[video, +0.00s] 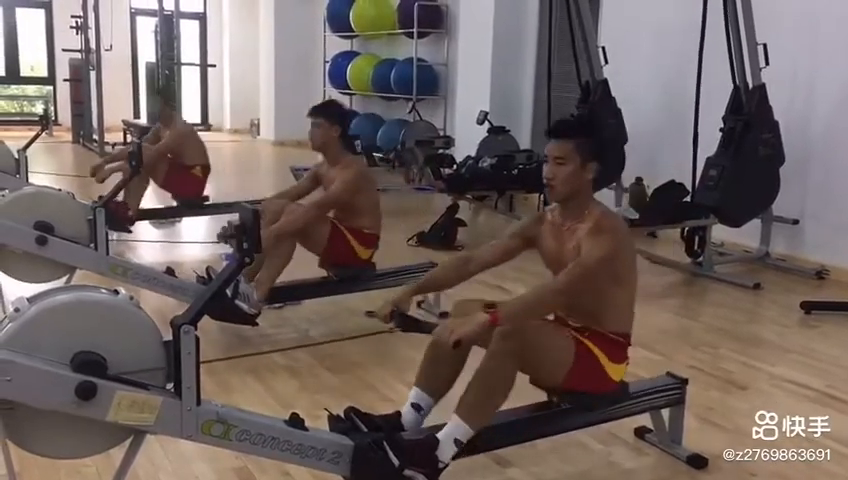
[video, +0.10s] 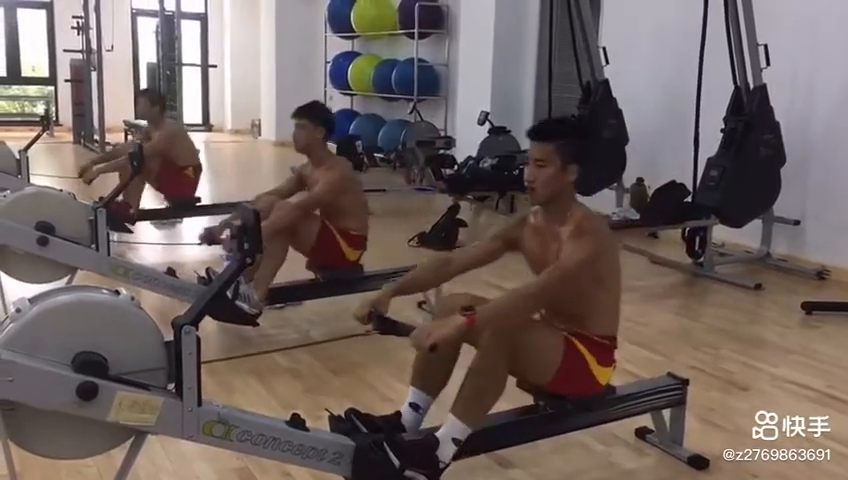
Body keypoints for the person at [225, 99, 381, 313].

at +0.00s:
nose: (310, 132)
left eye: (316, 126)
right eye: (311, 126)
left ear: (336, 131)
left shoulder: (352, 173)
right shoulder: (324, 167)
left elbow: (310, 211)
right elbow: (290, 194)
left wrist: (264, 237)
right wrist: (253, 214)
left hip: (358, 247)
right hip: (342, 239)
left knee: (293, 215)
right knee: (273, 208)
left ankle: (257, 297)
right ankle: (243, 281)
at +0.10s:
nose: (294, 134)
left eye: (301, 128)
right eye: (295, 127)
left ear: (320, 133)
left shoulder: (337, 173)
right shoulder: (308, 169)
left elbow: (296, 209)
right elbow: (275, 195)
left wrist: (249, 237)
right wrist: (230, 222)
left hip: (347, 249)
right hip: (330, 241)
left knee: (285, 214)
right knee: (268, 205)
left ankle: (256, 296)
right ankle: (243, 282)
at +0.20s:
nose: (277, 135)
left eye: (284, 129)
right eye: (279, 129)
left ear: (304, 134)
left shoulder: (322, 175)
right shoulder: (291, 171)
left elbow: (273, 215)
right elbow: (250, 200)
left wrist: (223, 239)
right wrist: (203, 228)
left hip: (333, 253)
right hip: (318, 245)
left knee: (274, 214)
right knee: (260, 202)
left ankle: (257, 297)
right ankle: (244, 286)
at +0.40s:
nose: (245, 140)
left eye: (252, 134)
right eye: (246, 134)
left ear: (273, 137)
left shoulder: (289, 178)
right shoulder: (258, 175)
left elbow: (242, 214)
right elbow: (218, 201)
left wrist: (187, 239)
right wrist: (167, 225)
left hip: (309, 258)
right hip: (288, 253)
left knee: (259, 213)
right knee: (234, 208)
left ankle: (259, 293)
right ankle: (247, 282)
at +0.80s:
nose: (258, 135)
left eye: (266, 130)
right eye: (260, 129)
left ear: (287, 136)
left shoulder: (294, 175)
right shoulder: (270, 170)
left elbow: (242, 203)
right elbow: (222, 191)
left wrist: (185, 217)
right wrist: (167, 209)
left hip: (322, 252)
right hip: (307, 244)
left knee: (272, 208)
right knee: (248, 209)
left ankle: (263, 287)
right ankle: (247, 276)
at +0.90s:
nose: (287, 131)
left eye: (294, 126)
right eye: (288, 125)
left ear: (314, 133)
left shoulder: (323, 174)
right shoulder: (296, 168)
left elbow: (266, 202)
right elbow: (254, 191)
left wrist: (215, 220)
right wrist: (196, 209)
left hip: (340, 249)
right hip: (324, 242)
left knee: (280, 210)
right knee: (268, 206)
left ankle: (264, 289)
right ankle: (248, 279)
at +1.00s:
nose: (319, 129)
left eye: (326, 123)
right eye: (320, 123)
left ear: (345, 129)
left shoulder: (350, 172)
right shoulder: (323, 167)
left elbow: (301, 203)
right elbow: (279, 189)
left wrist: (255, 213)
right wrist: (232, 203)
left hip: (359, 245)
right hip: (345, 236)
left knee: (291, 215)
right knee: (280, 210)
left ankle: (265, 293)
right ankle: (257, 281)